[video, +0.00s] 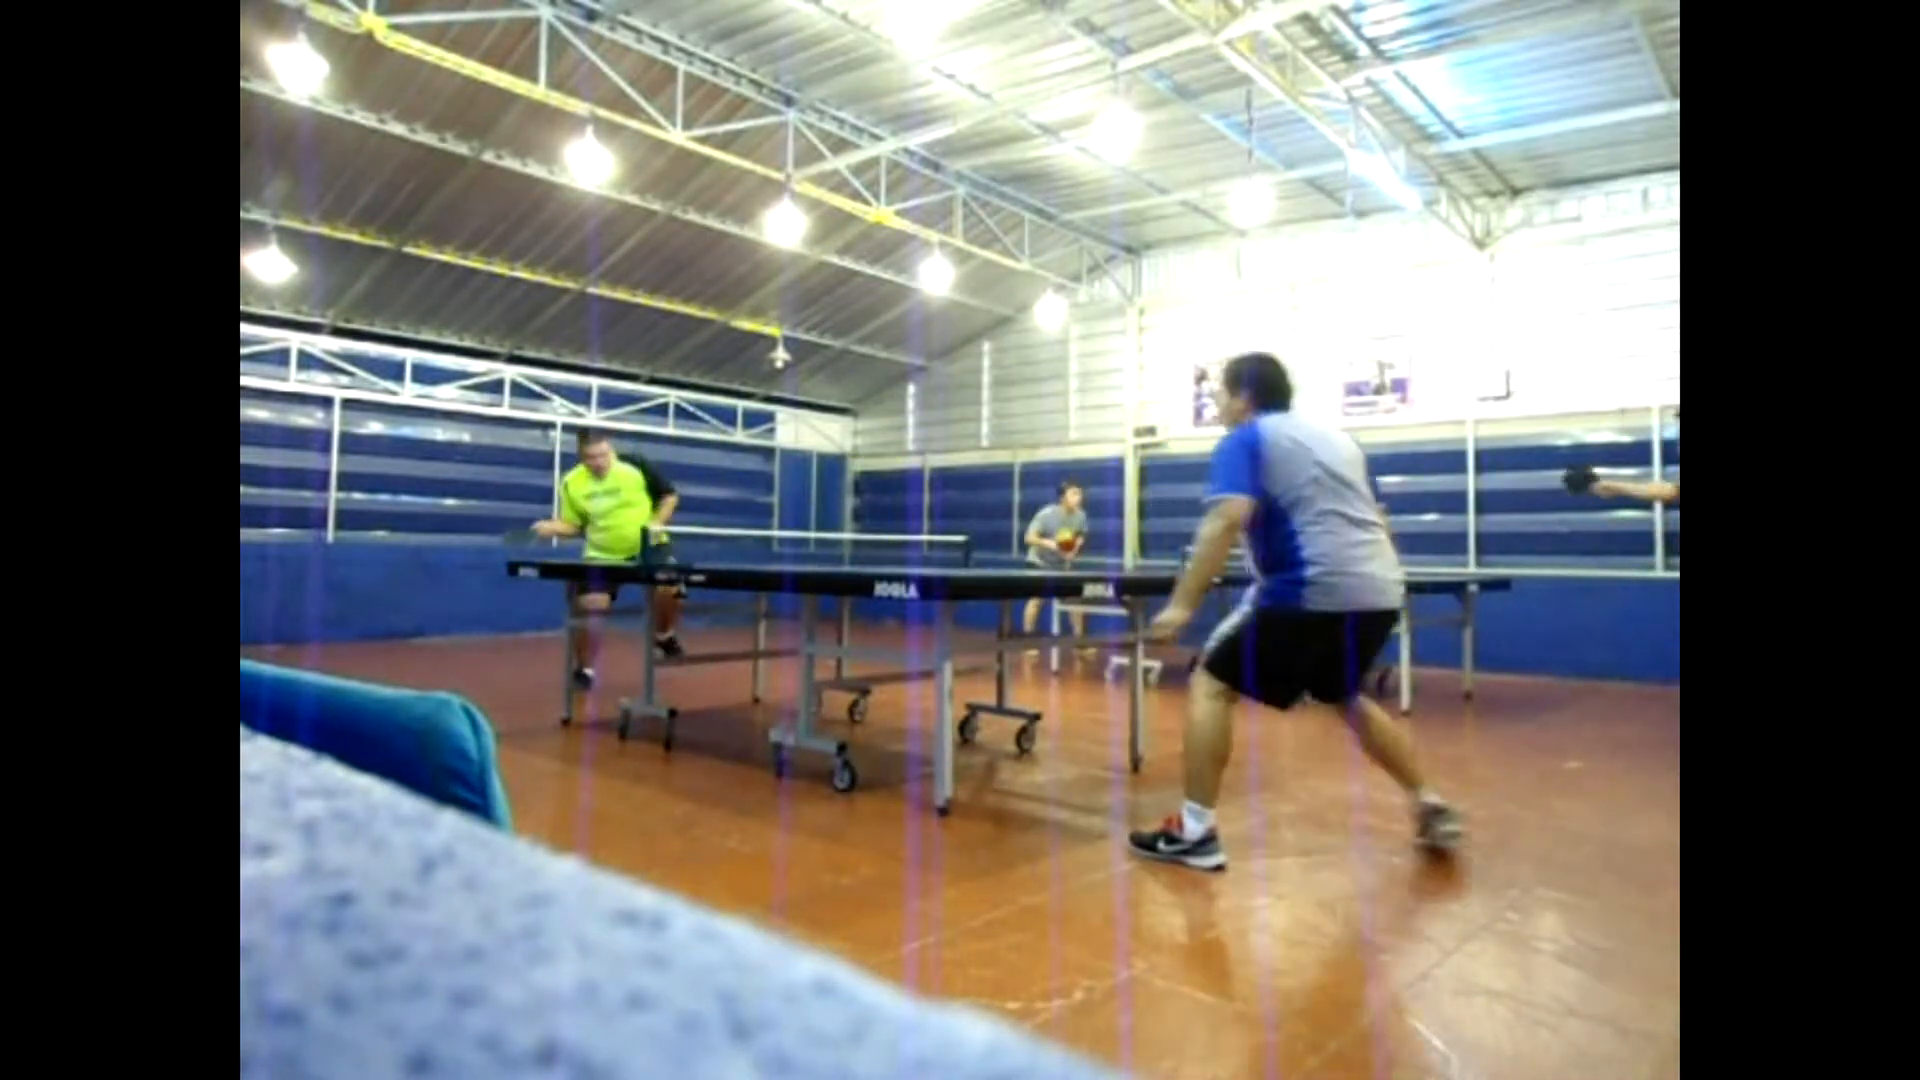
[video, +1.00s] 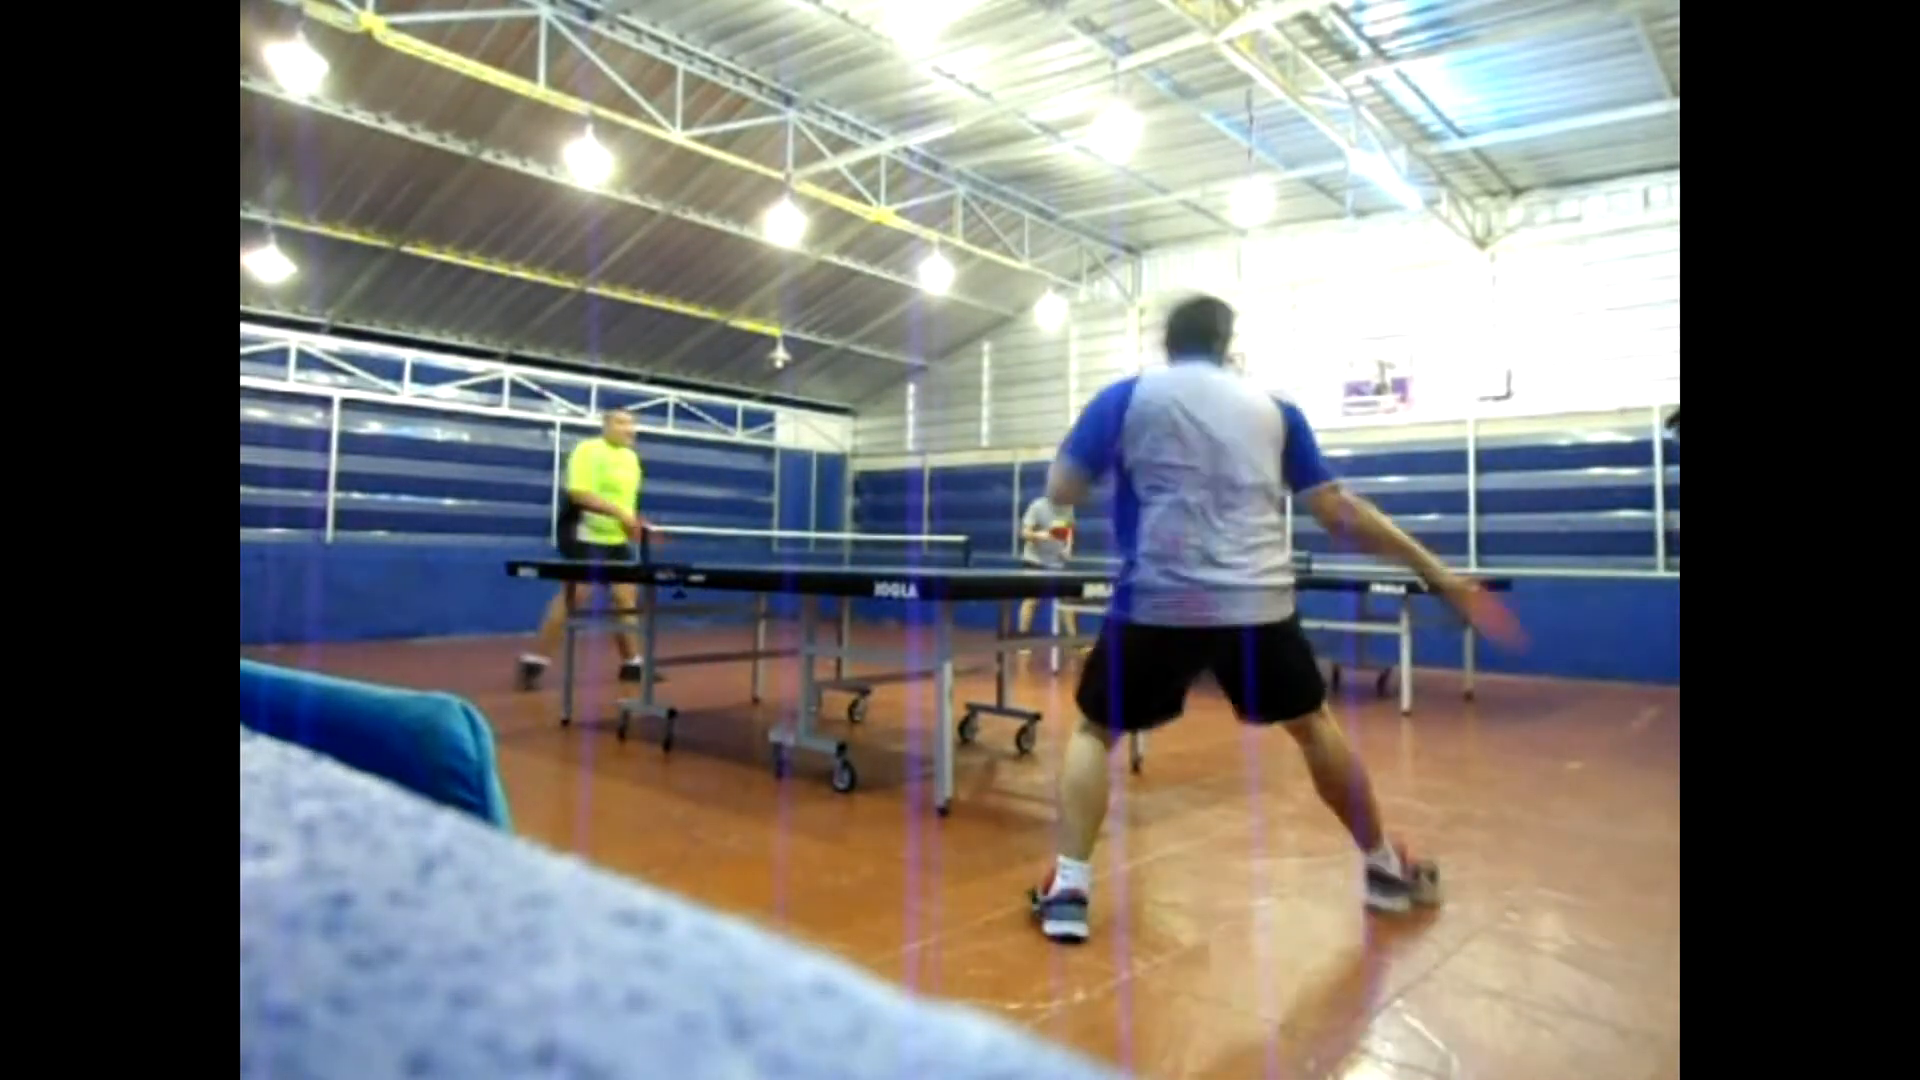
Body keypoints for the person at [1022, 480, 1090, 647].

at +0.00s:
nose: (1077, 498)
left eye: (1078, 494)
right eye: (1073, 494)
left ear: (1081, 497)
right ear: (1063, 496)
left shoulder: (1080, 516)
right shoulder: (1047, 513)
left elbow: (1081, 535)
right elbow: (1029, 537)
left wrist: (1073, 550)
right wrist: (1049, 544)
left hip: (1064, 561)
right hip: (1040, 562)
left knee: (1075, 600)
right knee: (1036, 598)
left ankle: (1079, 638)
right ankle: (1028, 636)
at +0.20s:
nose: (1085, 508)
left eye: (1086, 503)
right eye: (1081, 503)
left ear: (1087, 505)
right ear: (1070, 503)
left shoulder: (1080, 521)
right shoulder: (1055, 516)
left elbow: (1075, 541)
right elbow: (1040, 542)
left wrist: (1078, 550)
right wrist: (1064, 549)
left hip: (1064, 563)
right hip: (1041, 562)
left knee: (1075, 599)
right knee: (1039, 597)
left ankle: (1079, 639)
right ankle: (1029, 637)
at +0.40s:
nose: (1086, 499)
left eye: (1087, 494)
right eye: (1082, 494)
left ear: (1088, 498)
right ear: (1073, 495)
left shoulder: (1079, 513)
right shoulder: (1058, 509)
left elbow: (1076, 531)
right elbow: (1060, 532)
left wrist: (1095, 530)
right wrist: (1084, 531)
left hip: (1067, 561)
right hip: (1045, 560)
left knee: (1076, 599)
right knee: (1041, 597)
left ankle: (1079, 639)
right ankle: (1029, 636)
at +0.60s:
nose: (1082, 488)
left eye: (1084, 484)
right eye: (1078, 484)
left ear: (1086, 489)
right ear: (1070, 486)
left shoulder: (1080, 507)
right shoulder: (1057, 502)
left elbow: (1076, 530)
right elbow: (1057, 519)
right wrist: (1081, 514)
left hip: (1071, 559)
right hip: (1049, 558)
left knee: (1076, 600)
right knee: (1039, 597)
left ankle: (1080, 637)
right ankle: (1026, 633)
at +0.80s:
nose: (1073, 489)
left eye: (1075, 485)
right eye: (1069, 484)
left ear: (1079, 488)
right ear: (1061, 487)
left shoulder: (1075, 507)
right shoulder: (1048, 505)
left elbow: (1074, 530)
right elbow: (1038, 528)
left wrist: (1075, 546)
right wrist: (1058, 527)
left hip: (1067, 561)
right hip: (1043, 560)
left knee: (1076, 601)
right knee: (1036, 599)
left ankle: (1079, 638)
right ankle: (1024, 635)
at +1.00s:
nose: (1061, 490)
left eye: (1065, 485)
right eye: (1057, 485)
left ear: (1070, 488)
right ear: (1050, 485)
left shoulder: (1068, 508)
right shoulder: (1039, 506)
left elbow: (1070, 529)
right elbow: (1025, 531)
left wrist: (1068, 546)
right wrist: (1045, 535)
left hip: (1059, 561)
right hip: (1036, 561)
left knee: (1068, 600)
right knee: (1031, 599)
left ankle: (1073, 638)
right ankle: (1023, 635)